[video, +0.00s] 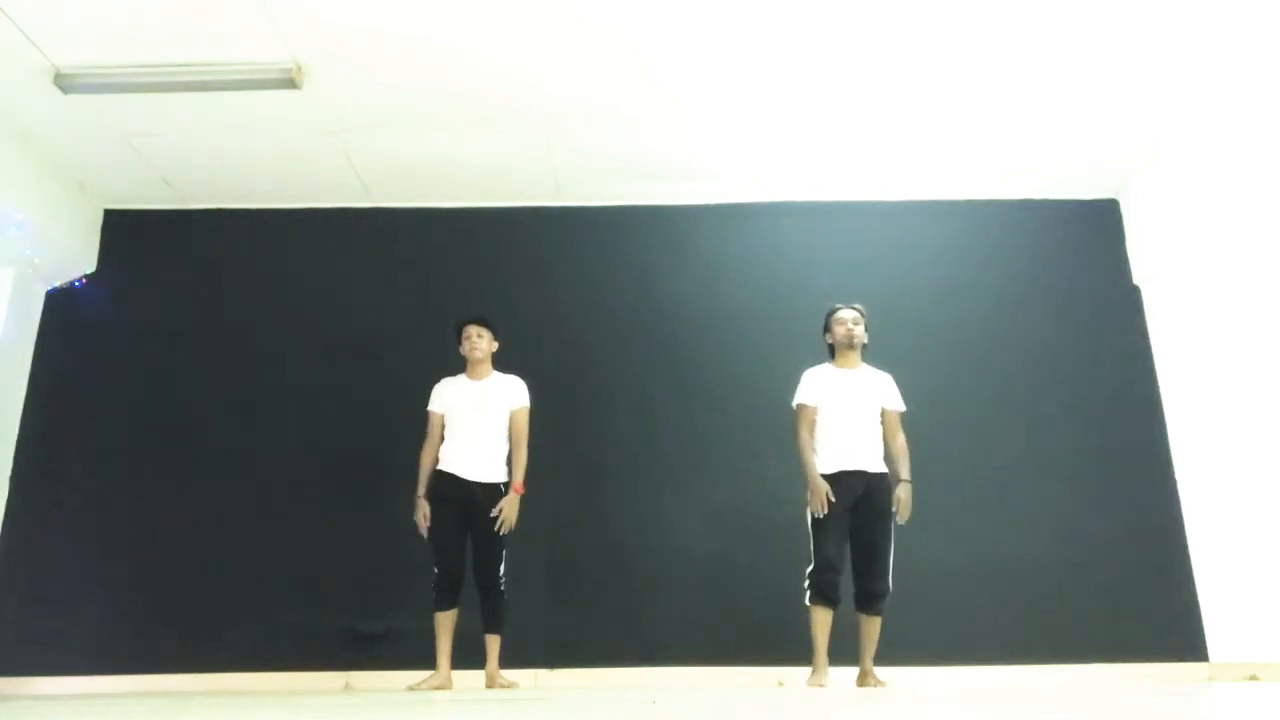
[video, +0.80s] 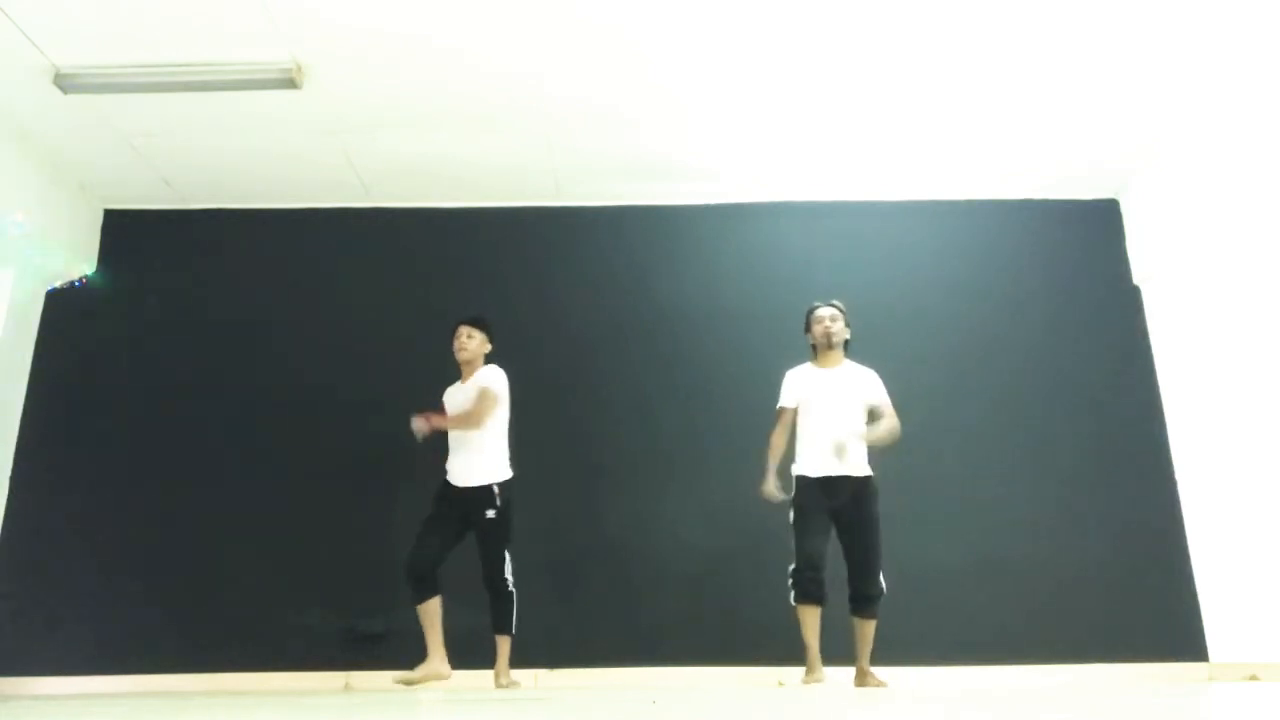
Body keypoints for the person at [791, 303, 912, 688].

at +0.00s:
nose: (851, 327)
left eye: (857, 322)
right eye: (842, 322)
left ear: (866, 333)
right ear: (828, 334)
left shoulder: (882, 380)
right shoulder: (815, 377)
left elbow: (895, 436)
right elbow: (804, 433)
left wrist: (904, 480)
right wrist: (813, 479)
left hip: (876, 484)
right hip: (830, 483)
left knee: (875, 576)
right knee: (826, 573)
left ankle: (867, 670)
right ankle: (820, 667)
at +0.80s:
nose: (828, 325)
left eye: (834, 319)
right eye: (820, 321)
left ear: (846, 330)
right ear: (809, 334)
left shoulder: (866, 376)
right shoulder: (797, 376)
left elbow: (892, 426)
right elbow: (782, 428)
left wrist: (864, 436)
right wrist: (771, 471)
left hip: (857, 483)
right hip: (810, 483)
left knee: (867, 574)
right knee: (808, 569)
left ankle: (863, 670)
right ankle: (813, 665)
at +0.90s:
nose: (815, 324)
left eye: (822, 318)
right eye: (808, 320)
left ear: (837, 328)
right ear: (800, 333)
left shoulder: (855, 368)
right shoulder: (791, 378)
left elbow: (878, 397)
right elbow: (781, 438)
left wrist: (829, 388)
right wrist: (762, 483)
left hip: (852, 482)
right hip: (805, 484)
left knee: (864, 576)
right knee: (795, 567)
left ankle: (863, 669)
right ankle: (807, 660)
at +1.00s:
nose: (800, 324)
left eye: (807, 317)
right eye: (793, 319)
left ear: (825, 326)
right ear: (787, 330)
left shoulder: (843, 362)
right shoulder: (784, 372)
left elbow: (837, 359)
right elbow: (789, 431)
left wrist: (804, 356)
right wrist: (781, 485)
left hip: (843, 477)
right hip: (797, 480)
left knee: (859, 573)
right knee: (784, 564)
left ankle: (865, 669)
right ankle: (799, 661)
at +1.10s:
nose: (783, 322)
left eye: (792, 315)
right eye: (779, 317)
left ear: (813, 324)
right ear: (776, 327)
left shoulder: (823, 356)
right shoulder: (784, 367)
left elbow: (787, 351)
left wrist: (765, 362)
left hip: (826, 473)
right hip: (784, 477)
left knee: (848, 575)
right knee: (779, 573)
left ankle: (872, 663)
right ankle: (799, 666)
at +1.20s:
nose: (771, 320)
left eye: (780, 313)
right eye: (768, 316)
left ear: (801, 323)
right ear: (767, 326)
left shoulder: (804, 356)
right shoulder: (780, 365)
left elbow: (761, 367)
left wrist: (716, 357)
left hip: (805, 471)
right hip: (773, 474)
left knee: (813, 574)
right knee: (768, 573)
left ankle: (859, 647)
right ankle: (797, 668)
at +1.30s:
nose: (762, 312)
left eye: (772, 306)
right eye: (760, 307)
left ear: (793, 317)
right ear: (759, 319)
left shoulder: (788, 350)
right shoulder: (774, 356)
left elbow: (736, 368)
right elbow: (755, 406)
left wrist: (682, 353)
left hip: (787, 462)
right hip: (771, 464)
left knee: (767, 562)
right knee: (758, 563)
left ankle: (800, 664)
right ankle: (795, 664)